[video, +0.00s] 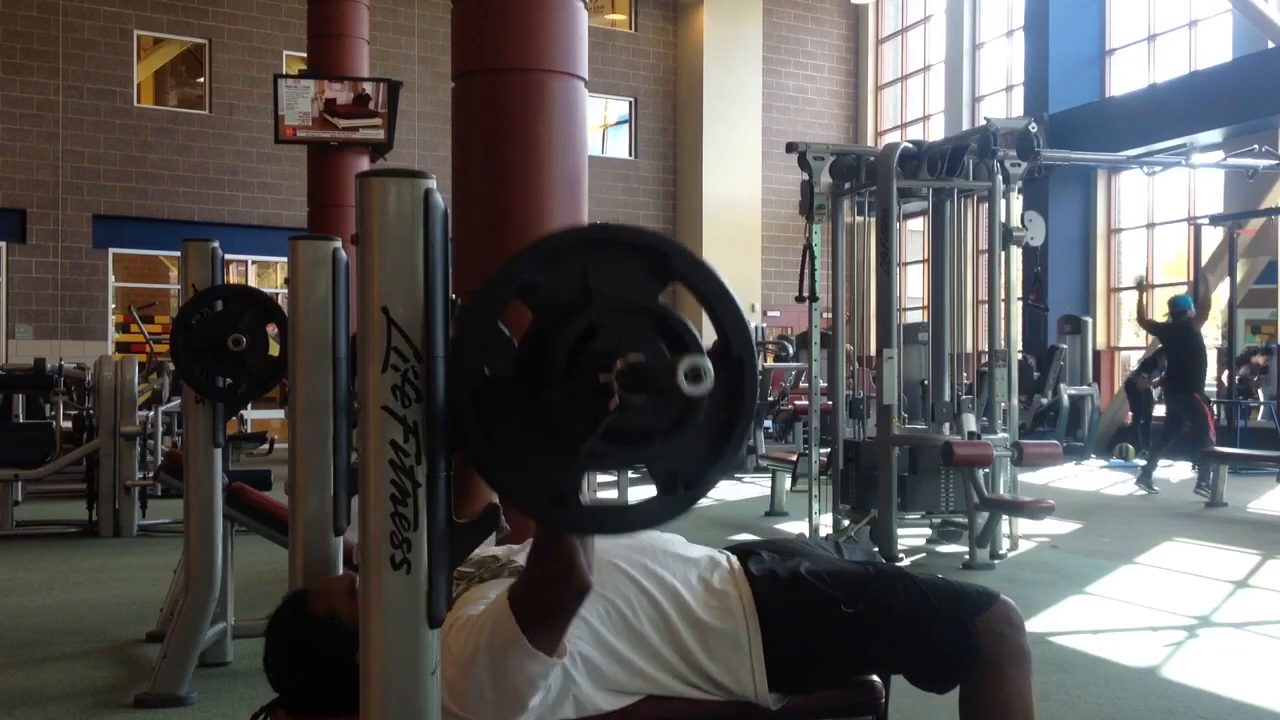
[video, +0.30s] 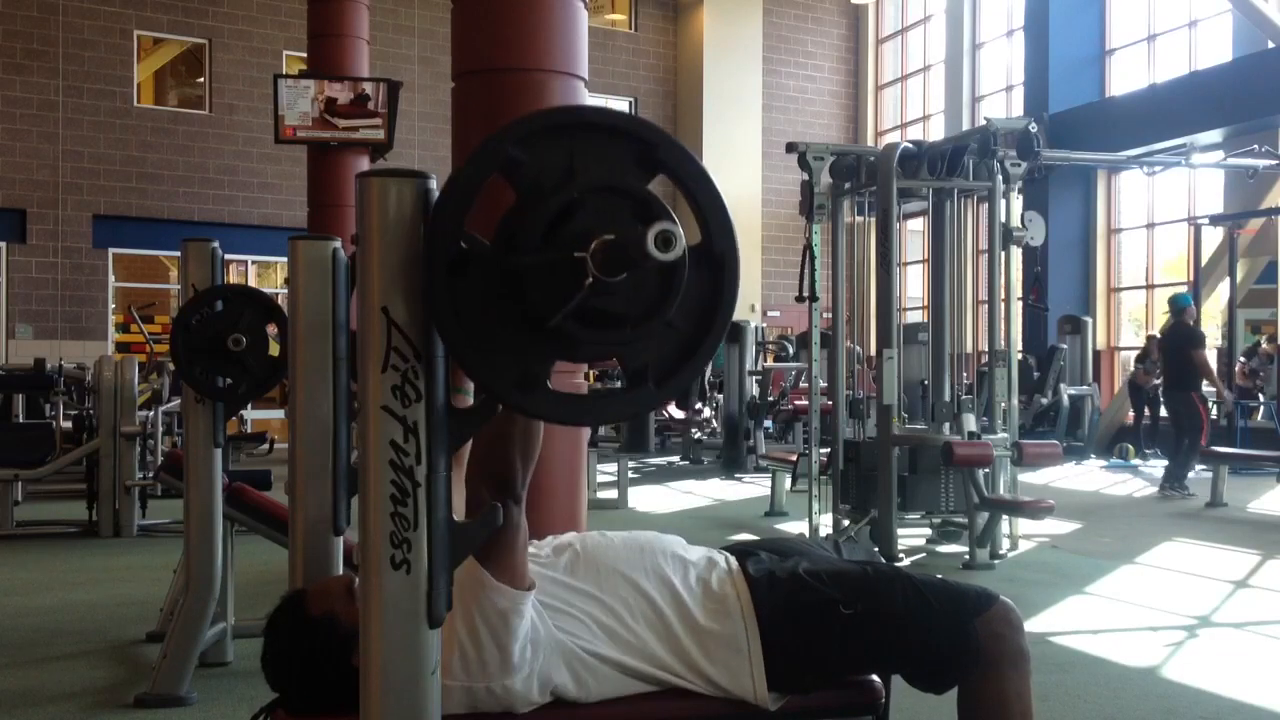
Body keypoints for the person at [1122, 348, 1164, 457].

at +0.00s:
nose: (1165, 362)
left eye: (1166, 359)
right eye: (1164, 358)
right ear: (1159, 356)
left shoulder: (1164, 366)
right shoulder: (1149, 363)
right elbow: (1141, 383)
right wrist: (1159, 381)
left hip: (1146, 386)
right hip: (1134, 385)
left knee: (1147, 417)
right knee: (1138, 417)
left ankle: (1148, 448)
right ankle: (1139, 449)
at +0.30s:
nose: (1153, 347)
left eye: (1155, 344)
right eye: (1151, 344)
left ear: (1158, 345)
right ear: (1147, 344)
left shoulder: (1161, 358)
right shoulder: (1141, 357)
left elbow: (1163, 375)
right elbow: (1139, 378)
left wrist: (1152, 381)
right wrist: (1154, 378)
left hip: (1153, 385)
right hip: (1137, 385)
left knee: (1155, 416)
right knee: (1139, 415)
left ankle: (1153, 446)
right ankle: (1140, 448)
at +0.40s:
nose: (1153, 344)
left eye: (1155, 341)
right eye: (1150, 341)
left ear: (1158, 342)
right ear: (1145, 342)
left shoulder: (1161, 355)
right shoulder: (1140, 355)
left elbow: (1165, 373)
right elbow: (1139, 377)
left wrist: (1151, 379)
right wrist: (1155, 376)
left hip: (1155, 385)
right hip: (1139, 385)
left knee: (1155, 417)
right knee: (1139, 416)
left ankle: (1155, 447)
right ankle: (1140, 448)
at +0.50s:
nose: (1150, 341)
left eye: (1152, 339)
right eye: (1147, 339)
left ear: (1156, 340)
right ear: (1143, 340)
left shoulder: (1160, 353)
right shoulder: (1138, 353)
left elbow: (1163, 369)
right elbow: (1137, 374)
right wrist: (1153, 373)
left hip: (1155, 386)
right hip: (1139, 385)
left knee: (1154, 418)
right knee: (1140, 417)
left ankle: (1155, 449)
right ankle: (1140, 449)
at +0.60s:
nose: (1148, 338)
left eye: (1150, 336)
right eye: (1146, 336)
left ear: (1155, 337)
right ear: (1142, 337)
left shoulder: (1160, 351)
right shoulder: (1137, 351)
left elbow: (1165, 368)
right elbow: (1135, 371)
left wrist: (1159, 369)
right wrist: (1150, 373)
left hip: (1155, 385)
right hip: (1141, 385)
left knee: (1155, 418)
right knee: (1141, 416)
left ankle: (1155, 449)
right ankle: (1141, 449)